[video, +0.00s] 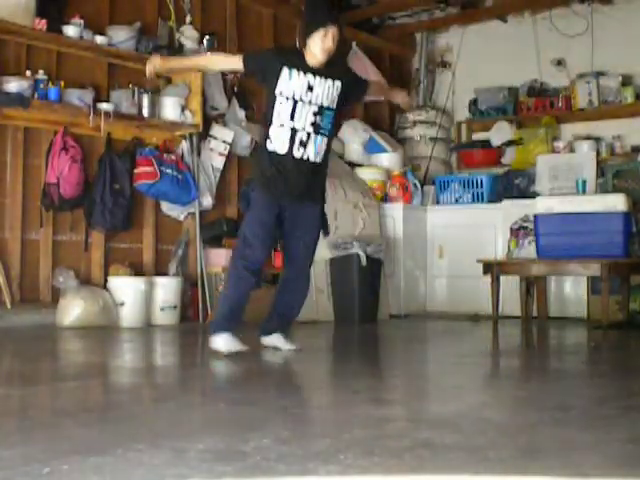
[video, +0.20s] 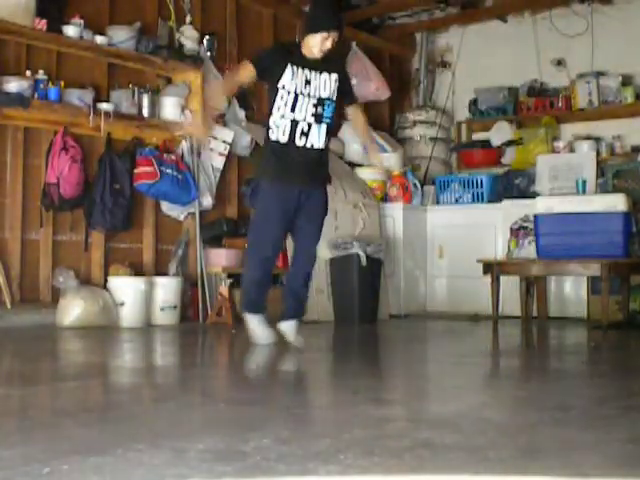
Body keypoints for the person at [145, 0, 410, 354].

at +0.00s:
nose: (329, 42)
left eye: (334, 36)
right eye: (323, 34)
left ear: (338, 40)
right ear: (307, 35)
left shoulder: (344, 79)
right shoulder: (277, 61)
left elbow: (376, 90)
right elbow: (220, 60)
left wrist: (396, 95)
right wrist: (168, 63)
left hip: (309, 186)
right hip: (270, 179)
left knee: (299, 265)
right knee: (251, 255)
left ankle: (275, 331)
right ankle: (222, 330)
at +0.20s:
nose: (328, 44)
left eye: (333, 39)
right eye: (324, 37)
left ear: (336, 39)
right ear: (308, 31)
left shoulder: (336, 70)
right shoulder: (279, 57)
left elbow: (355, 113)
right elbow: (234, 79)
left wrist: (371, 150)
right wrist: (211, 108)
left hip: (315, 177)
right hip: (278, 173)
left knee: (305, 253)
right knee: (265, 246)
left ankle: (291, 318)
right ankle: (252, 310)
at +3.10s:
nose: (373, 46)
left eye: (378, 41)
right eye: (368, 39)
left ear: (383, 44)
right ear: (353, 37)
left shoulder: (387, 77)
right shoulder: (323, 69)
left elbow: (408, 124)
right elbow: (285, 97)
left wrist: (378, 118)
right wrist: (274, 142)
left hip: (362, 180)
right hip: (324, 178)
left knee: (366, 258)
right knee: (332, 246)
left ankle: (352, 330)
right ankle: (312, 307)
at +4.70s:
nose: (296, 53)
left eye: (302, 46)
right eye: (290, 46)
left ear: (310, 46)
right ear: (278, 46)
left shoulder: (319, 72)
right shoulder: (256, 69)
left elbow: (333, 118)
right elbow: (204, 80)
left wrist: (298, 92)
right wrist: (168, 109)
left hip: (313, 189)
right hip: (275, 191)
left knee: (336, 257)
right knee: (261, 269)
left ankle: (328, 318)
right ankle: (231, 327)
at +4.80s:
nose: (297, 49)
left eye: (303, 41)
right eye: (290, 42)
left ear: (310, 38)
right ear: (278, 40)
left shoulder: (318, 57)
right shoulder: (255, 64)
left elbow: (338, 82)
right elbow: (217, 88)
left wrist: (305, 72)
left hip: (324, 171)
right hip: (286, 175)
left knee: (349, 241)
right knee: (290, 249)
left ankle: (340, 313)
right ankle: (265, 314)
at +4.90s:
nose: (297, 54)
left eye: (302, 47)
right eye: (291, 48)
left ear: (307, 43)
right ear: (277, 45)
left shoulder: (322, 64)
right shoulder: (256, 75)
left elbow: (346, 111)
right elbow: (248, 117)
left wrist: (320, 124)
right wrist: (264, 129)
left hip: (329, 174)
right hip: (290, 179)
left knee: (349, 248)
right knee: (311, 254)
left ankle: (363, 325)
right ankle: (322, 322)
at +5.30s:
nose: (283, 63)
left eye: (288, 55)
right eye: (276, 57)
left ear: (300, 50)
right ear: (269, 56)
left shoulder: (326, 73)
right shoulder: (262, 83)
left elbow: (377, 65)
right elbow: (224, 88)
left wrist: (429, 53)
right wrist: (184, 93)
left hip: (324, 194)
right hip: (286, 194)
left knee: (341, 265)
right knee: (256, 263)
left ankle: (372, 336)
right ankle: (234, 333)